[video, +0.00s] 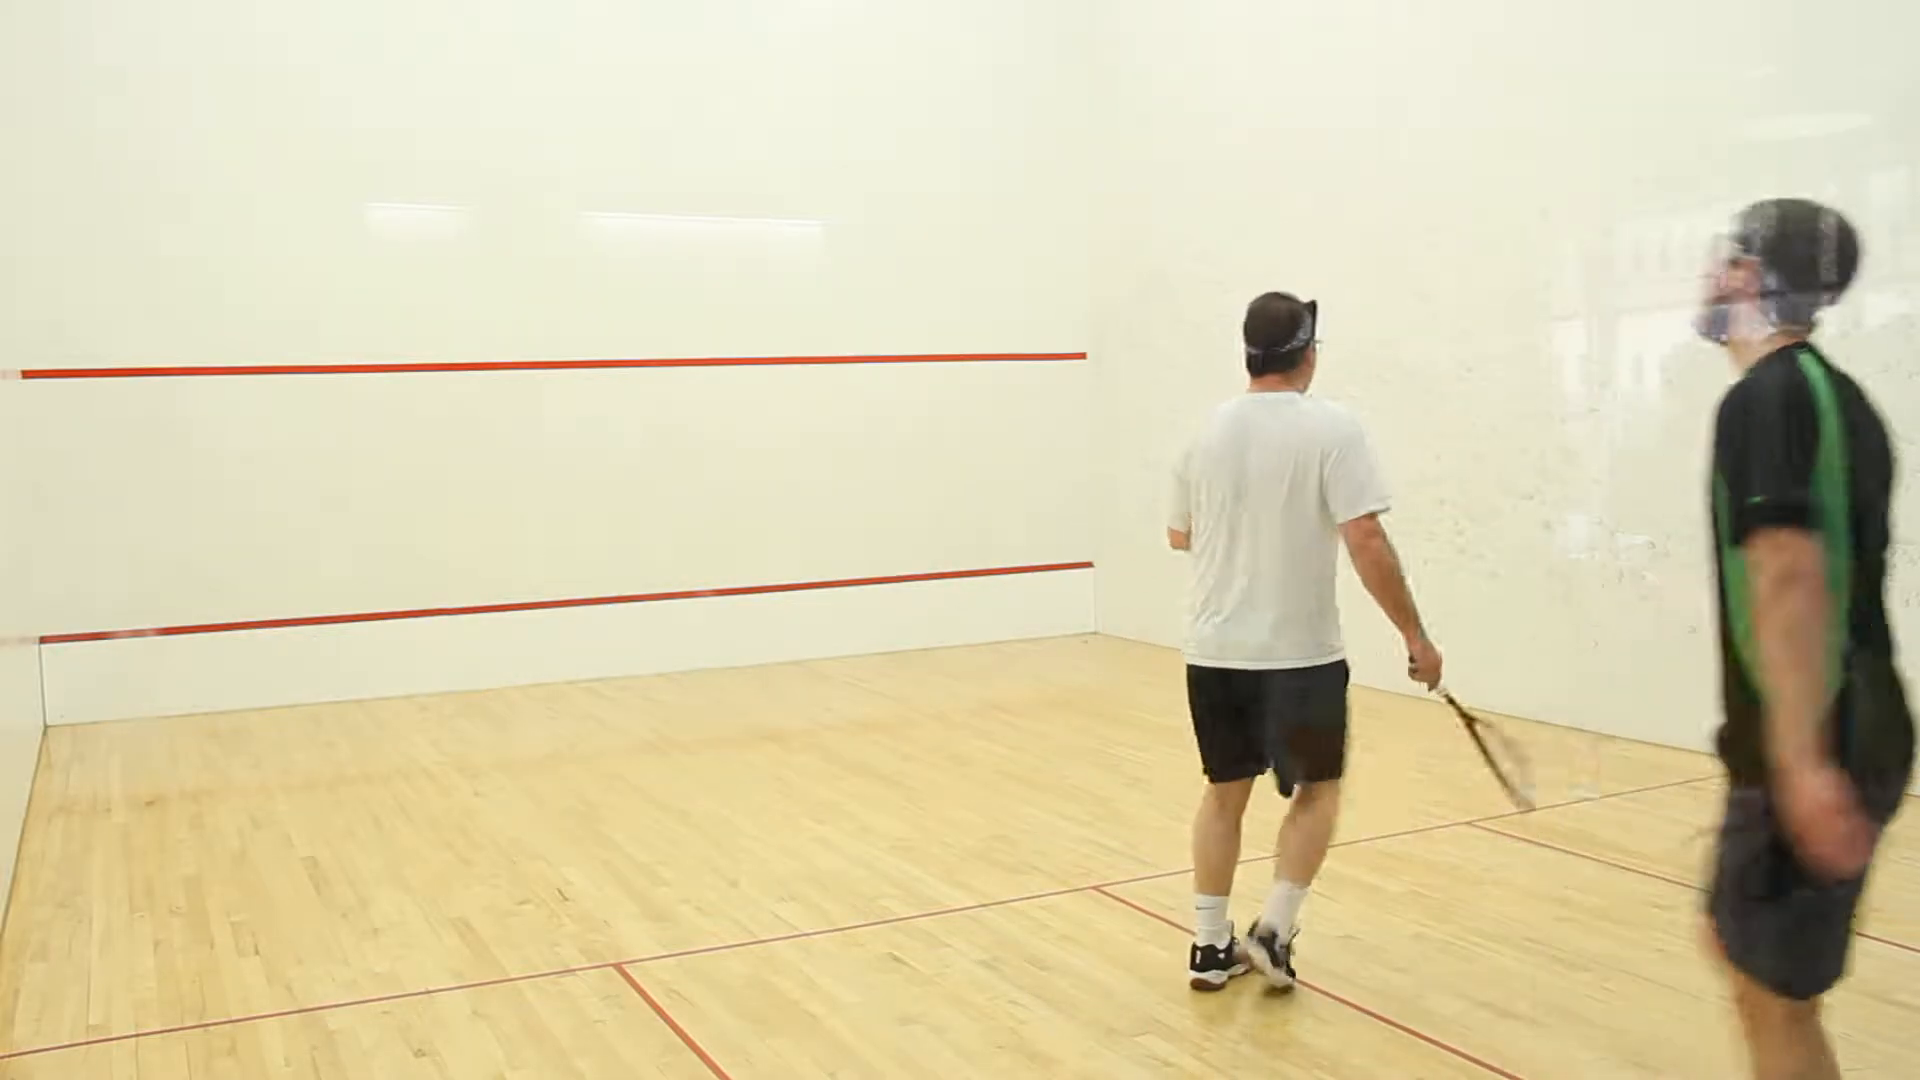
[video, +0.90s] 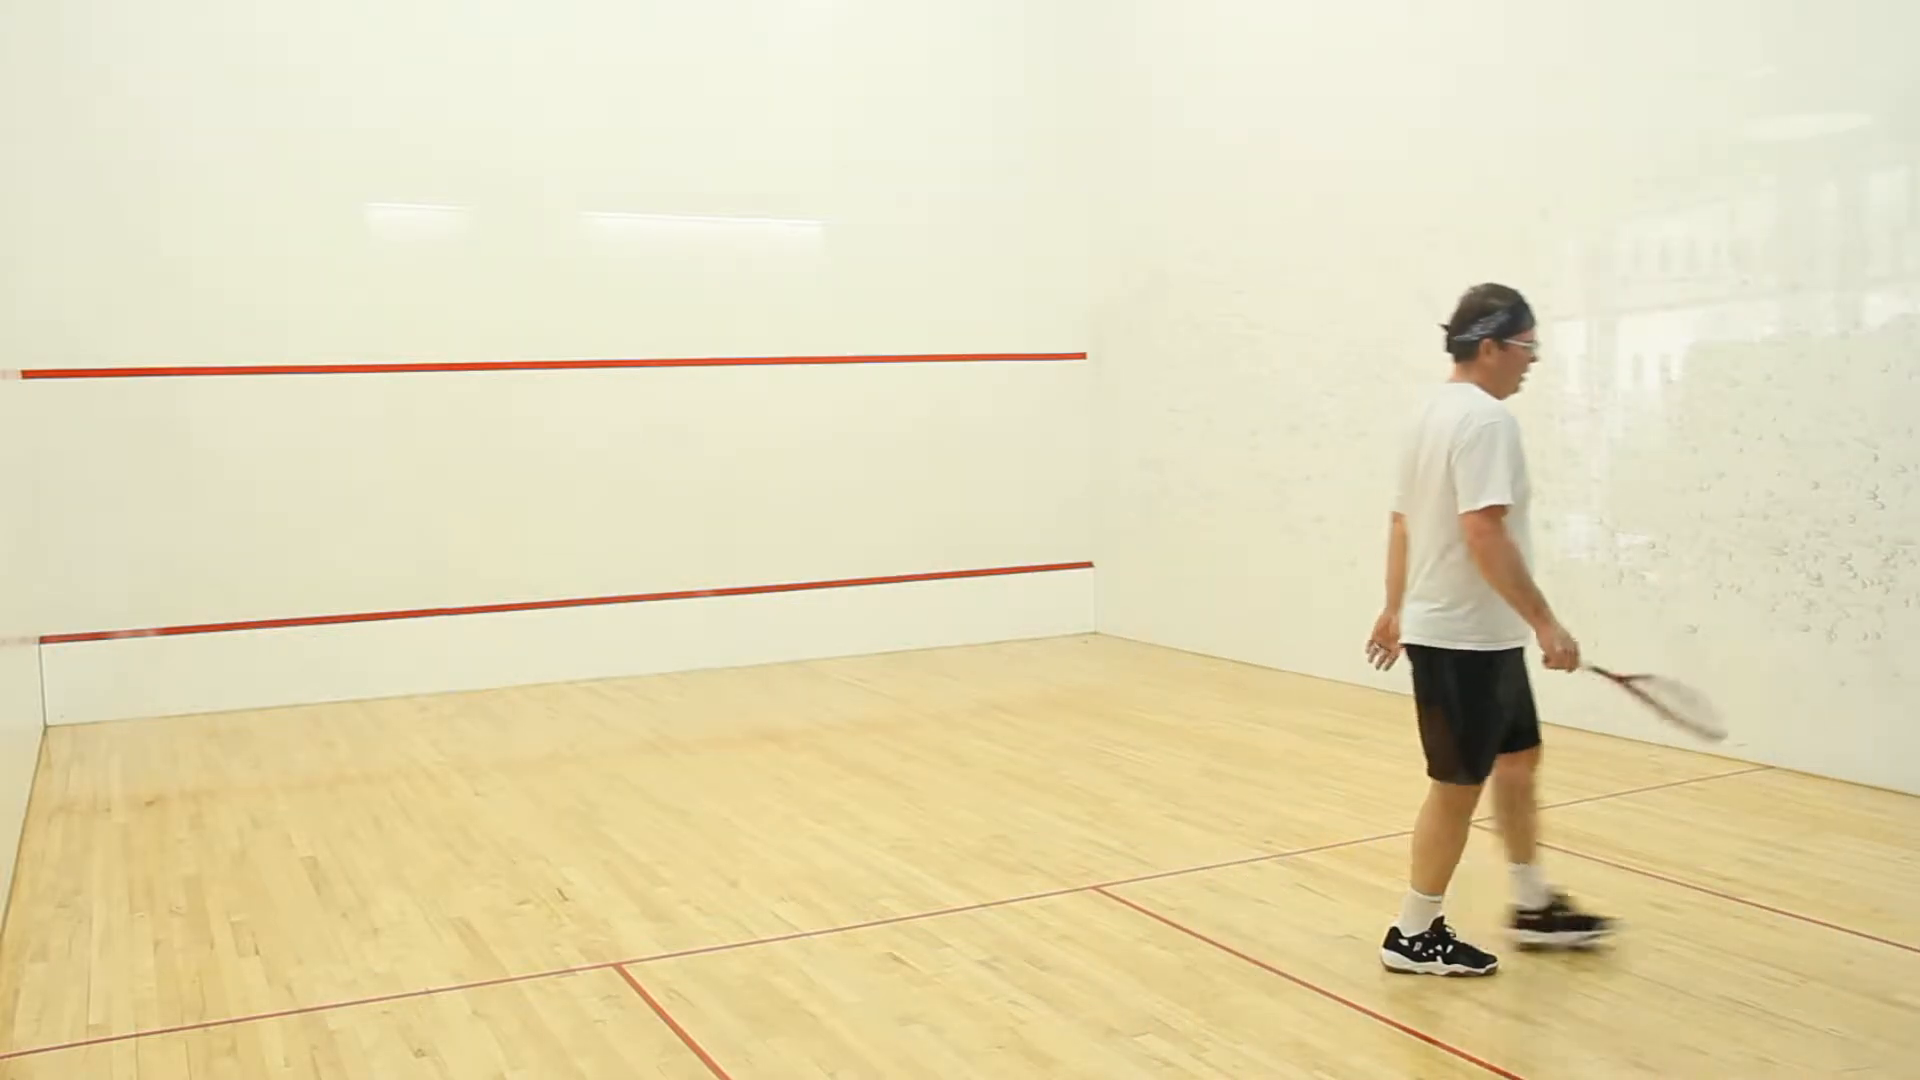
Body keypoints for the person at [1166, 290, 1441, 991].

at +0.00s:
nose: (1318, 357)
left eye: (1310, 347)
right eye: (1316, 348)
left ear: (1247, 355)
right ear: (1308, 355)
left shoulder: (1210, 434)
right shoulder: (1333, 431)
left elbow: (1181, 536)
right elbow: (1366, 543)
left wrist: (1258, 531)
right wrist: (1415, 635)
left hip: (1214, 655)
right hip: (1301, 657)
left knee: (1225, 787)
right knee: (1314, 792)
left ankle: (1210, 943)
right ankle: (1274, 928)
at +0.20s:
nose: (1345, 356)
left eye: (1341, 344)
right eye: (1343, 345)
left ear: (1277, 356)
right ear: (1333, 351)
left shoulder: (1244, 423)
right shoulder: (1338, 428)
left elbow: (1217, 514)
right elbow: (1346, 542)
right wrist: (1369, 654)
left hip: (1240, 649)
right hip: (1313, 652)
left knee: (1242, 775)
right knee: (1393, 758)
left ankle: (1212, 940)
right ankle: (1352, 920)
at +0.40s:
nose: (1404, 366)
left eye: (1402, 354)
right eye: (1401, 354)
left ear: (1338, 358)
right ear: (1385, 357)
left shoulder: (1308, 419)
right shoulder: (1386, 428)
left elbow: (1299, 532)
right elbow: (1370, 539)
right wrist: (1373, 652)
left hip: (1290, 647)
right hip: (1362, 654)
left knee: (1279, 772)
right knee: (1412, 778)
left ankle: (1217, 926)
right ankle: (1412, 929)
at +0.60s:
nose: (1459, 359)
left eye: (1458, 347)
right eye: (1453, 346)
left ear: (1395, 348)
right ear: (1425, 348)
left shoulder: (1363, 411)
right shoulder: (1429, 419)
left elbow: (1358, 526)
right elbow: (1433, 533)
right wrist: (1459, 642)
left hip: (1358, 634)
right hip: (1408, 638)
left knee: (1384, 760)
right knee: (1436, 778)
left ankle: (1288, 866)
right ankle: (1416, 931)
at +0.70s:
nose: (1483, 357)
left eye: (1483, 344)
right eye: (1477, 345)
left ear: (1426, 346)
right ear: (1444, 346)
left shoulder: (1391, 412)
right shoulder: (1447, 417)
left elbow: (1391, 527)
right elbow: (1453, 531)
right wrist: (1501, 633)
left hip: (1389, 630)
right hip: (1434, 634)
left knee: (1421, 761)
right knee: (1442, 778)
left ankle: (1352, 869)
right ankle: (1416, 930)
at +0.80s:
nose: (1506, 357)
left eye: (1506, 344)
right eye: (1499, 344)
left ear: (1445, 346)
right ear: (1463, 345)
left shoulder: (1410, 412)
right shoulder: (1465, 416)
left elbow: (1380, 524)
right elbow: (1467, 531)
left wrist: (1381, 605)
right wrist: (1530, 619)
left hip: (1421, 627)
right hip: (1446, 637)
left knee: (1496, 746)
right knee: (1449, 779)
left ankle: (1437, 885)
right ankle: (1413, 931)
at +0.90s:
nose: (1532, 359)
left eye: (1533, 346)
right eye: (1524, 346)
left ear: (1474, 349)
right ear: (1485, 347)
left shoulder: (1435, 413)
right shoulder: (1487, 420)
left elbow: (1403, 523)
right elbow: (1485, 532)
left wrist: (1393, 605)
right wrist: (1547, 622)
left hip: (1463, 632)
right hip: (1465, 637)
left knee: (1518, 753)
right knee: (1459, 778)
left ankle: (1533, 903)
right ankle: (1415, 930)